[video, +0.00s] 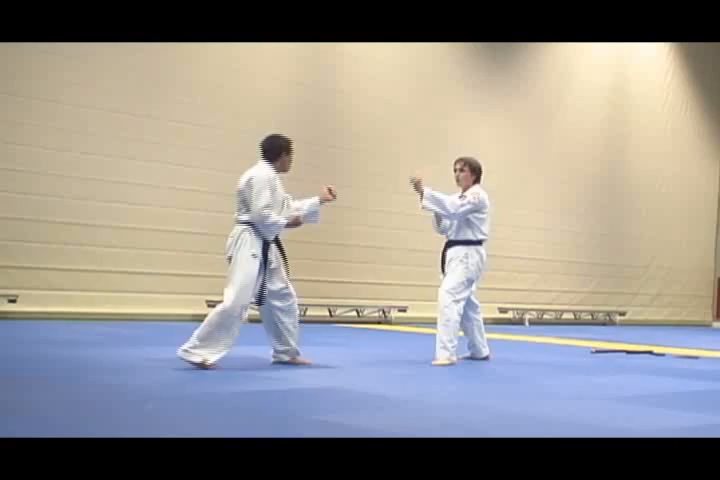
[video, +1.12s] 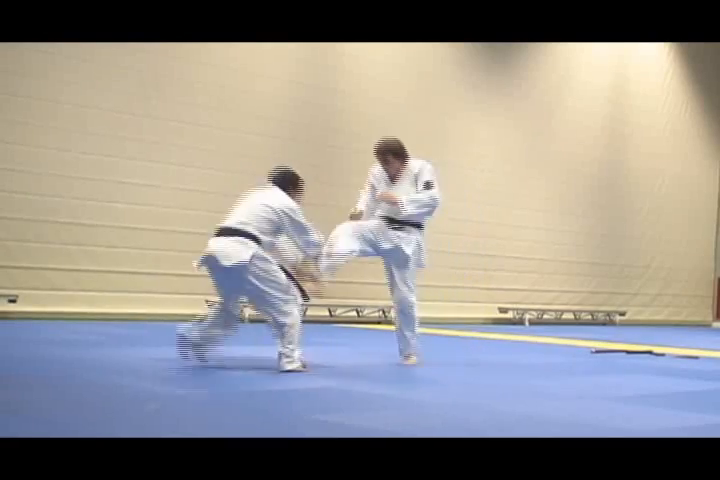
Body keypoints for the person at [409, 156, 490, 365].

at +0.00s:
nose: (458, 174)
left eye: (462, 171)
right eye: (456, 171)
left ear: (474, 174)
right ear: (455, 175)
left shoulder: (477, 194)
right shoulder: (458, 199)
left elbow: (454, 207)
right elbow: (444, 229)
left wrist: (424, 191)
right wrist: (437, 210)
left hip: (468, 251)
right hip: (454, 251)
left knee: (448, 295)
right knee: (467, 302)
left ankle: (446, 353)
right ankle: (479, 349)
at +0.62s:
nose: (435, 179)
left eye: (439, 175)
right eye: (433, 175)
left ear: (451, 178)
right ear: (431, 179)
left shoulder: (460, 201)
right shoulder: (428, 200)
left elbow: (447, 225)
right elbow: (407, 219)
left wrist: (420, 204)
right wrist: (400, 209)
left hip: (457, 255)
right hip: (437, 256)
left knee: (434, 293)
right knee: (453, 306)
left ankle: (417, 349)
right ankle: (476, 347)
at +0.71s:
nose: (428, 172)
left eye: (432, 169)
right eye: (426, 169)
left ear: (445, 172)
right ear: (425, 172)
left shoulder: (457, 194)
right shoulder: (420, 191)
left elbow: (444, 215)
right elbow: (400, 210)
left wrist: (416, 196)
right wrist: (393, 204)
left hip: (449, 253)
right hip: (428, 254)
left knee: (426, 297)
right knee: (444, 302)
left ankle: (415, 352)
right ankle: (471, 338)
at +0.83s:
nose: (415, 171)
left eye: (418, 167)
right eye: (413, 167)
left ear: (432, 166)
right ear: (414, 168)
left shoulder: (450, 184)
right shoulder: (412, 185)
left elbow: (444, 207)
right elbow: (403, 215)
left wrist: (409, 199)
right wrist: (390, 213)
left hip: (437, 245)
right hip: (413, 245)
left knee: (419, 297)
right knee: (393, 294)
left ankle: (416, 354)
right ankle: (429, 310)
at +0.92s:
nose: (406, 176)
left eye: (408, 171)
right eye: (404, 172)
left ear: (421, 169)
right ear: (407, 170)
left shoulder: (441, 184)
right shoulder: (405, 185)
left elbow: (434, 207)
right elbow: (396, 215)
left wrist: (398, 209)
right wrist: (384, 219)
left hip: (428, 245)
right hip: (404, 241)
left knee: (414, 298)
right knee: (375, 252)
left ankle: (416, 352)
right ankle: (384, 303)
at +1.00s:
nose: (399, 179)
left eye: (402, 174)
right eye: (396, 174)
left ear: (415, 171)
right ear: (396, 173)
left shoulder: (432, 182)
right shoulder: (394, 185)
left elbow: (430, 206)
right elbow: (379, 210)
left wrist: (395, 209)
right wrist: (356, 221)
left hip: (421, 245)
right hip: (396, 236)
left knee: (408, 296)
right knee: (378, 226)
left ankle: (413, 353)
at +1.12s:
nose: (384, 168)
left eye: (387, 163)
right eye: (382, 163)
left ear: (399, 159)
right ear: (380, 161)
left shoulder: (421, 169)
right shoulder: (377, 172)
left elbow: (432, 200)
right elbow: (368, 195)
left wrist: (400, 200)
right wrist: (360, 210)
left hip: (406, 235)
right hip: (380, 227)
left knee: (404, 298)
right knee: (347, 231)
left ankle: (409, 352)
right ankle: (322, 270)